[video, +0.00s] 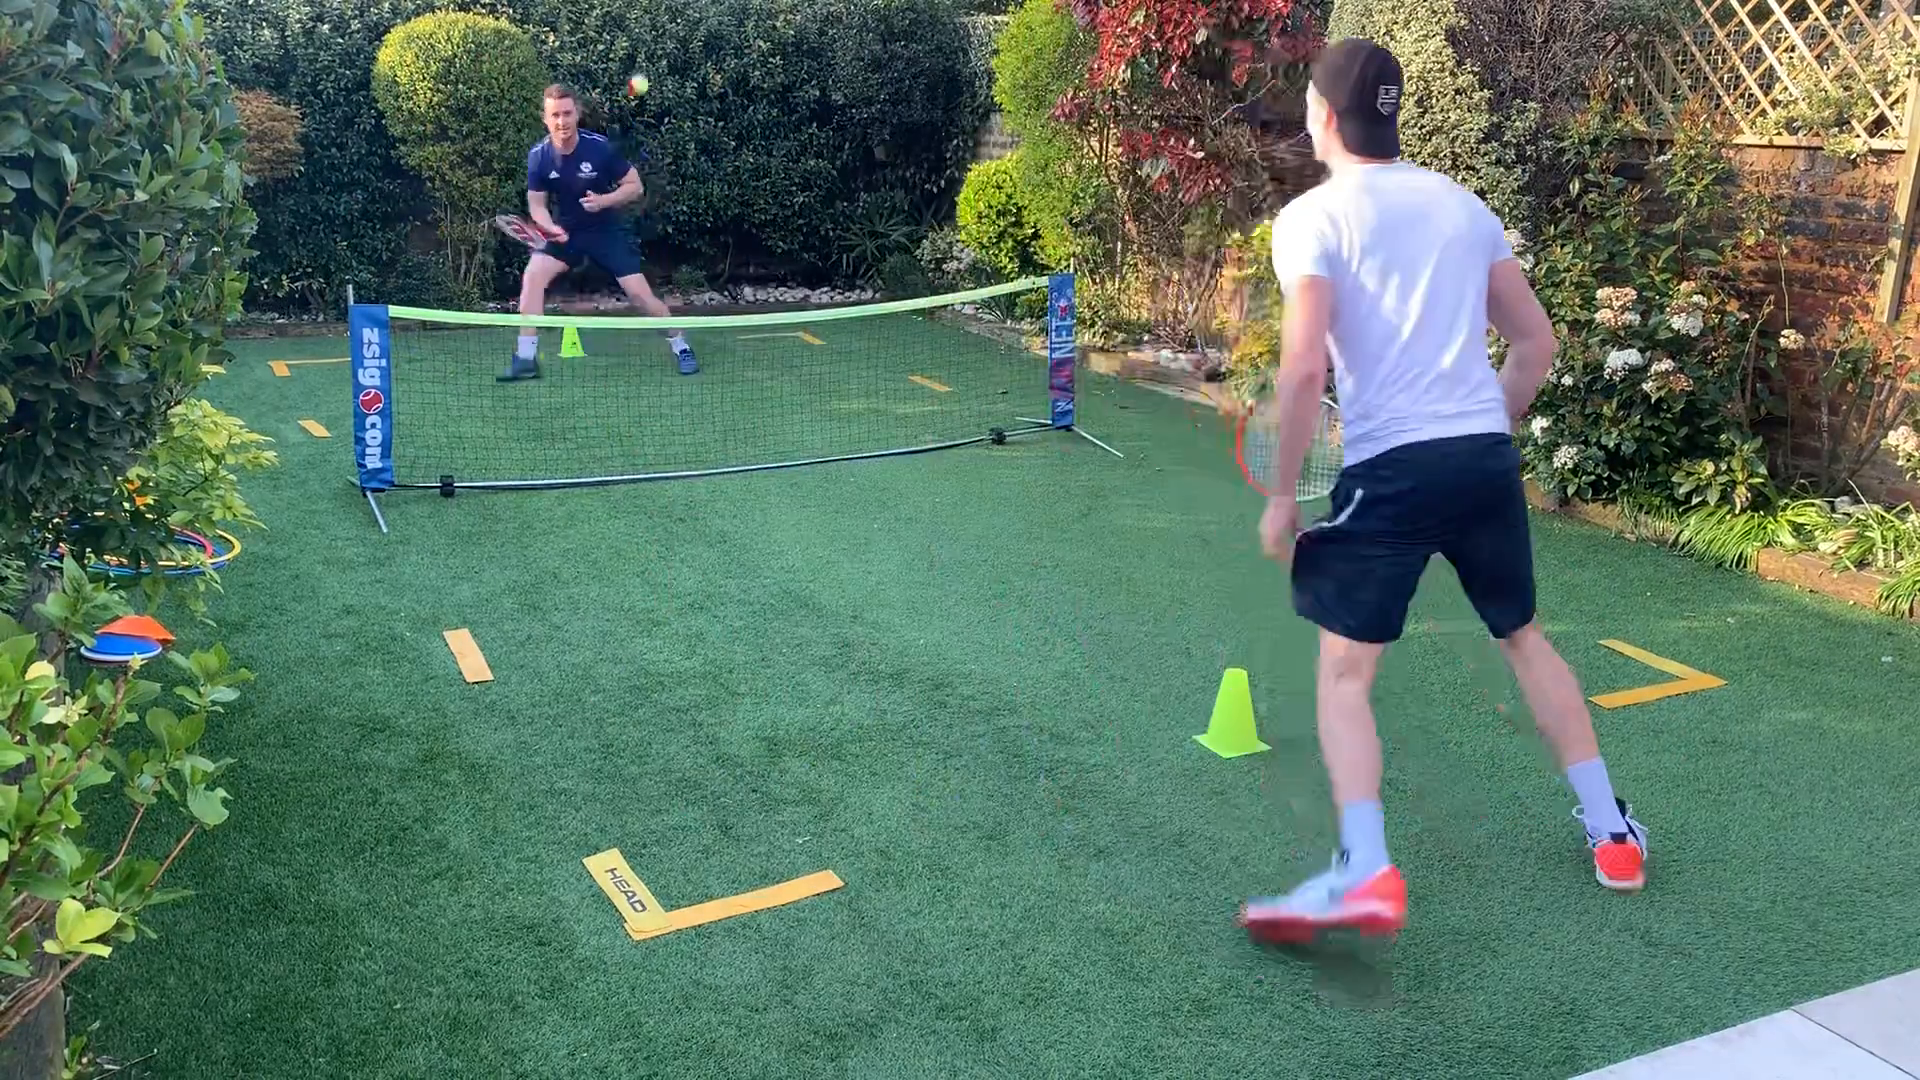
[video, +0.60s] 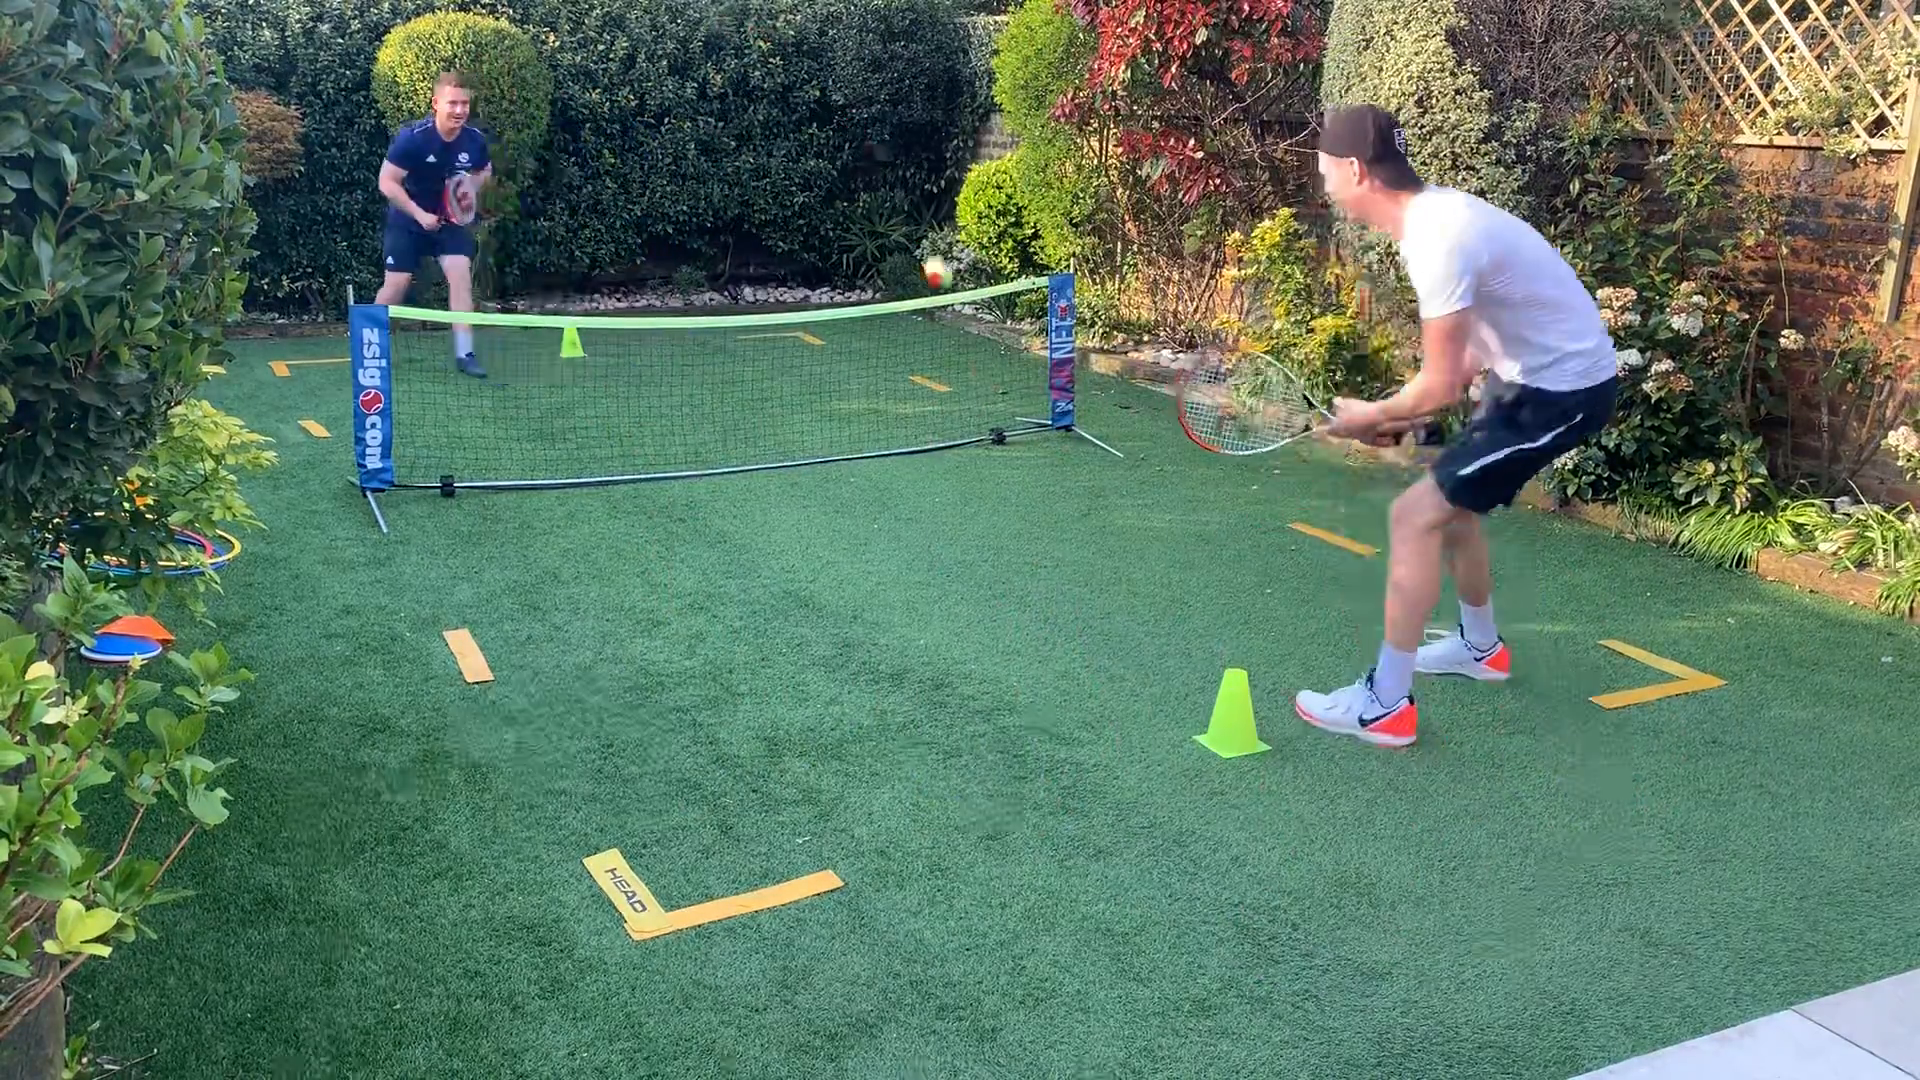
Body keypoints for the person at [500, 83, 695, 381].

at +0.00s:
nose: (561, 122)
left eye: (567, 114)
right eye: (554, 115)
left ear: (578, 115)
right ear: (545, 119)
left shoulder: (601, 149)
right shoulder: (538, 156)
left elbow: (634, 186)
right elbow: (536, 205)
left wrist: (604, 200)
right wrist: (549, 226)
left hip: (607, 231)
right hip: (566, 232)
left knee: (639, 294)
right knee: (532, 276)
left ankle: (681, 346)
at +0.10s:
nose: (539, 111)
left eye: (544, 104)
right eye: (532, 106)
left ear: (553, 106)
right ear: (520, 109)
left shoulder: (573, 143)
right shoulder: (508, 146)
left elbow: (602, 185)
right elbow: (498, 191)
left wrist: (573, 191)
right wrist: (511, 217)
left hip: (574, 232)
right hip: (530, 232)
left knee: (609, 289)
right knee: (513, 286)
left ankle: (661, 348)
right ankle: (516, 361)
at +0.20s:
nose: (520, 99)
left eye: (525, 92)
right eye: (513, 93)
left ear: (533, 95)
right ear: (499, 96)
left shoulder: (550, 134)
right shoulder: (482, 136)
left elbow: (579, 176)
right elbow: (468, 175)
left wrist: (550, 180)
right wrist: (480, 204)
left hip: (545, 223)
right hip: (502, 224)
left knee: (566, 277)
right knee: (494, 282)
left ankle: (583, 353)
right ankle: (509, 358)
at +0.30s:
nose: (502, 93)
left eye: (508, 86)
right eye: (495, 87)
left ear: (515, 89)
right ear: (481, 90)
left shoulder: (532, 128)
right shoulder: (462, 127)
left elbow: (562, 169)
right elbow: (445, 169)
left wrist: (530, 177)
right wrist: (459, 202)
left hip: (519, 217)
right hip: (474, 215)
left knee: (520, 279)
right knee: (462, 277)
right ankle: (470, 350)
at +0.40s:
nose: (485, 100)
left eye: (490, 93)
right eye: (477, 93)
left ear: (497, 96)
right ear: (461, 95)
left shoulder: (511, 135)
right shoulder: (444, 134)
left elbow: (539, 173)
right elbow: (421, 178)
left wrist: (516, 187)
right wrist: (438, 209)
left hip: (492, 224)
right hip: (449, 222)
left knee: (491, 283)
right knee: (426, 284)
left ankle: (492, 357)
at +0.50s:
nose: (468, 107)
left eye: (473, 100)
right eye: (461, 100)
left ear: (480, 103)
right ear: (445, 101)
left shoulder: (490, 141)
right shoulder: (425, 138)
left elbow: (505, 176)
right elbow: (401, 183)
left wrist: (492, 191)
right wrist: (425, 214)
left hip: (468, 227)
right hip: (424, 226)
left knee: (476, 281)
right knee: (408, 291)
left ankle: (491, 358)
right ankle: (371, 332)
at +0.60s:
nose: (460, 110)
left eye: (465, 104)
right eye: (452, 103)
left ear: (470, 106)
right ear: (435, 104)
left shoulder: (474, 141)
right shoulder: (412, 138)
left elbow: (484, 174)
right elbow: (387, 182)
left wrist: (469, 187)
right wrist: (418, 213)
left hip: (450, 217)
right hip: (407, 215)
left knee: (460, 272)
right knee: (397, 282)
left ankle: (465, 352)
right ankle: (368, 346)